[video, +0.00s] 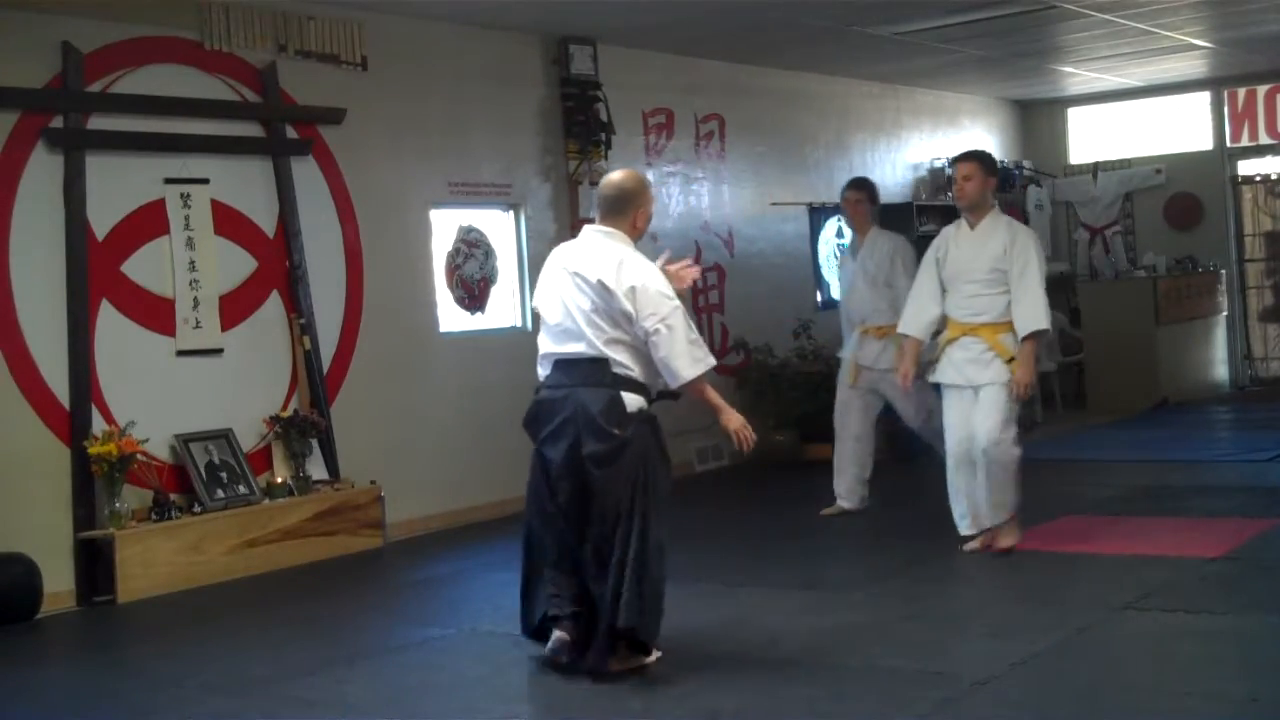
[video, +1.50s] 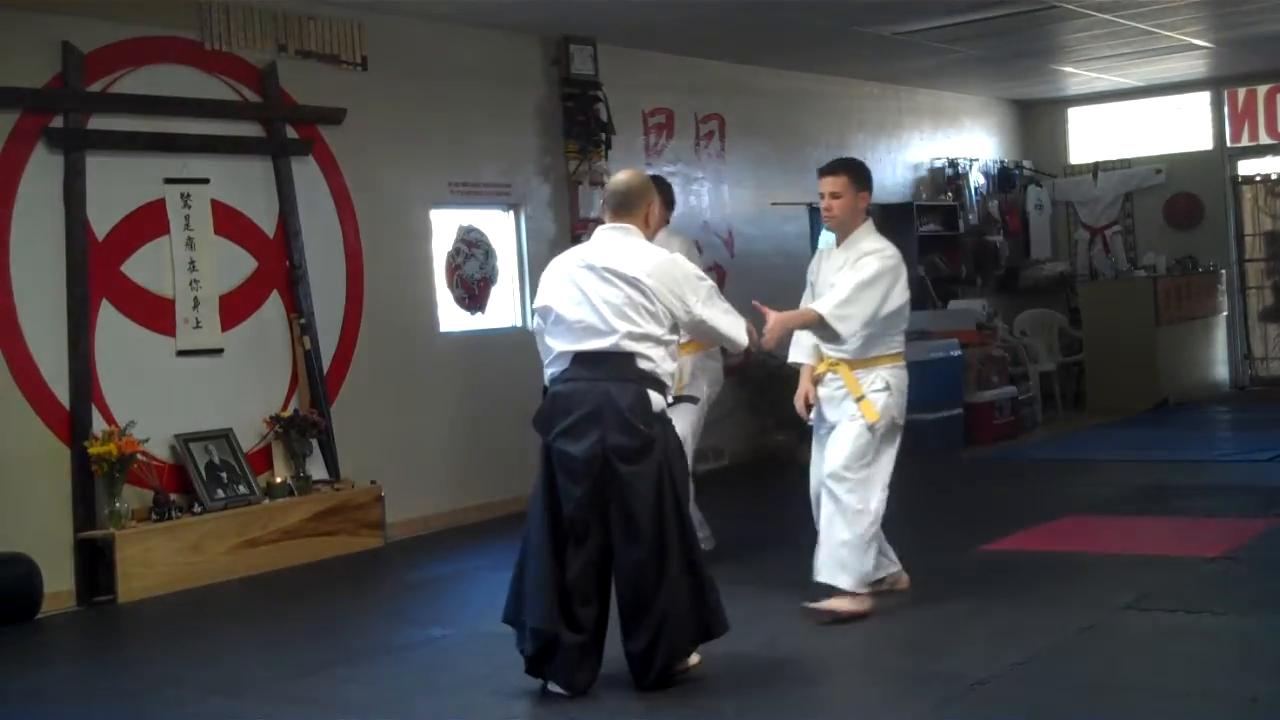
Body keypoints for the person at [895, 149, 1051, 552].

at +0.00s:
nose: (958, 187)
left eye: (967, 179)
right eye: (955, 181)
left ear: (991, 183)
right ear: (954, 187)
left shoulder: (1017, 236)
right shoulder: (945, 240)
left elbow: (1029, 296)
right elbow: (925, 294)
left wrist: (1028, 355)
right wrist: (910, 350)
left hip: (1000, 346)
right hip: (956, 347)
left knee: (990, 436)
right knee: (958, 442)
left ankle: (1004, 518)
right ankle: (976, 526)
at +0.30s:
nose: (932, 184)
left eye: (941, 176)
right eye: (929, 178)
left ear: (965, 180)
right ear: (928, 184)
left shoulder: (989, 236)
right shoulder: (916, 236)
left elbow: (1006, 303)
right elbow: (897, 297)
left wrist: (1012, 370)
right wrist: (887, 352)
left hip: (966, 352)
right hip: (919, 355)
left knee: (950, 450)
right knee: (933, 452)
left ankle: (936, 549)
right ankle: (981, 514)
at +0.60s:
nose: (912, 179)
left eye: (921, 171)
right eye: (909, 172)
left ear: (948, 177)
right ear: (908, 178)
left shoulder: (969, 234)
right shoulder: (896, 232)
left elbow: (981, 303)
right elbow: (875, 295)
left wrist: (973, 364)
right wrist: (864, 356)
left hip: (944, 354)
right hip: (894, 355)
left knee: (942, 455)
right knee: (884, 453)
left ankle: (939, 549)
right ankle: (910, 540)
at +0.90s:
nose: (899, 184)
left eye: (908, 176)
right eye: (895, 177)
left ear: (934, 182)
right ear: (892, 183)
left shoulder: (956, 241)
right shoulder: (879, 239)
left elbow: (962, 306)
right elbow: (857, 304)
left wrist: (936, 351)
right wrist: (849, 362)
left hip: (932, 362)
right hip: (880, 365)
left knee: (942, 466)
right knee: (867, 460)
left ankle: (938, 556)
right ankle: (881, 559)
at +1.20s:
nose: (865, 191)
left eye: (874, 183)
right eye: (861, 184)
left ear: (901, 187)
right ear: (859, 190)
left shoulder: (921, 245)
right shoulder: (852, 248)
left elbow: (905, 312)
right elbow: (833, 315)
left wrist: (858, 333)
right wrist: (830, 367)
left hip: (905, 370)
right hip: (855, 372)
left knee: (918, 477)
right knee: (853, 475)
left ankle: (934, 553)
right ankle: (885, 570)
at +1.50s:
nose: (825, 206)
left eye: (835, 197)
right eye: (822, 198)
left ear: (863, 200)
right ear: (821, 201)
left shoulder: (882, 258)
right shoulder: (825, 255)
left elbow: (842, 312)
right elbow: (814, 313)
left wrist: (790, 319)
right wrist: (808, 373)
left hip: (875, 380)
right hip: (833, 379)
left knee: (843, 475)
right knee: (825, 480)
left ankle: (853, 588)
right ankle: (884, 569)